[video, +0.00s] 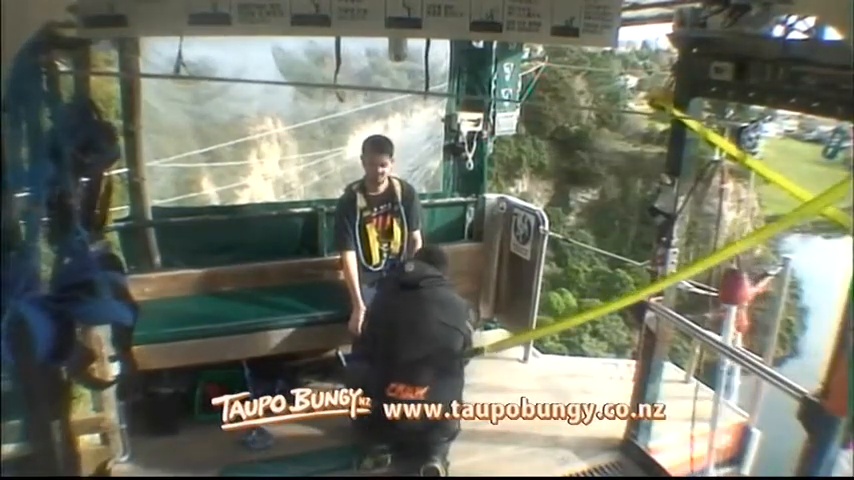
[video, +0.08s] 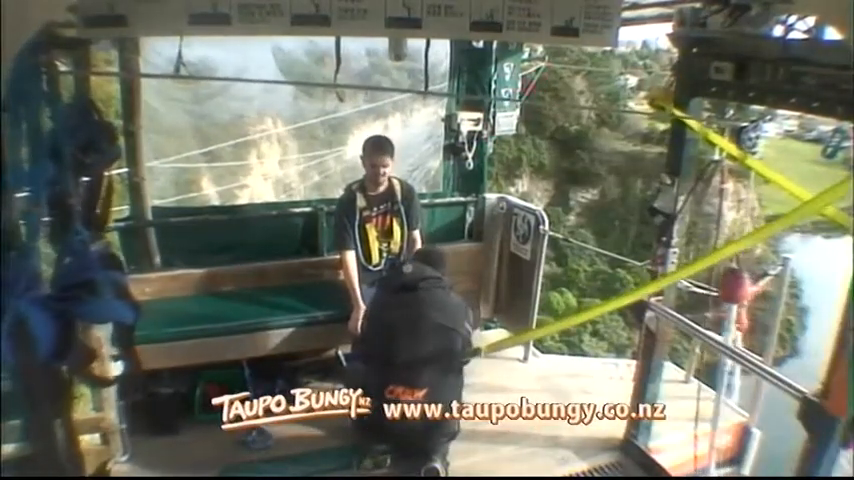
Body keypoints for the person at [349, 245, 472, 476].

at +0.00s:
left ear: (412, 264)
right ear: (443, 270)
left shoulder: (384, 296)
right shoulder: (458, 306)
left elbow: (365, 347)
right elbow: (462, 354)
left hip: (386, 406)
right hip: (436, 409)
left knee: (354, 370)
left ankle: (376, 446)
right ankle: (436, 455)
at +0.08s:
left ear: (411, 265)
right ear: (442, 271)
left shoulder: (383, 297)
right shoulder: (455, 304)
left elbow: (364, 349)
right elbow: (463, 353)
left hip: (385, 412)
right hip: (435, 415)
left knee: (353, 370)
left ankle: (376, 447)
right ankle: (437, 456)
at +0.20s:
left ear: (411, 267)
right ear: (441, 273)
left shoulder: (382, 299)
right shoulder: (455, 306)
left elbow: (364, 349)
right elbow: (462, 355)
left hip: (384, 414)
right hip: (435, 419)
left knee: (353, 370)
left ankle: (376, 448)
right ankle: (436, 457)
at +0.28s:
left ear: (410, 268)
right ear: (440, 274)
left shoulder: (381, 300)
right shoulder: (454, 307)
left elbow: (363, 350)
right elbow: (462, 356)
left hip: (384, 418)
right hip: (435, 424)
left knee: (353, 370)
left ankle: (376, 448)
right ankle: (437, 458)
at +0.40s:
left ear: (410, 269)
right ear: (440, 274)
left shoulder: (380, 301)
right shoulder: (453, 306)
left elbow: (364, 351)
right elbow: (462, 356)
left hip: (384, 416)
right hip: (436, 421)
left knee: (353, 370)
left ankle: (376, 449)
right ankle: (437, 458)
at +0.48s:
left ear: (408, 269)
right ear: (440, 274)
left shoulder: (380, 301)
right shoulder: (454, 307)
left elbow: (363, 352)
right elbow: (462, 356)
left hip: (384, 416)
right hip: (436, 422)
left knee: (353, 369)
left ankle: (376, 449)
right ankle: (437, 458)